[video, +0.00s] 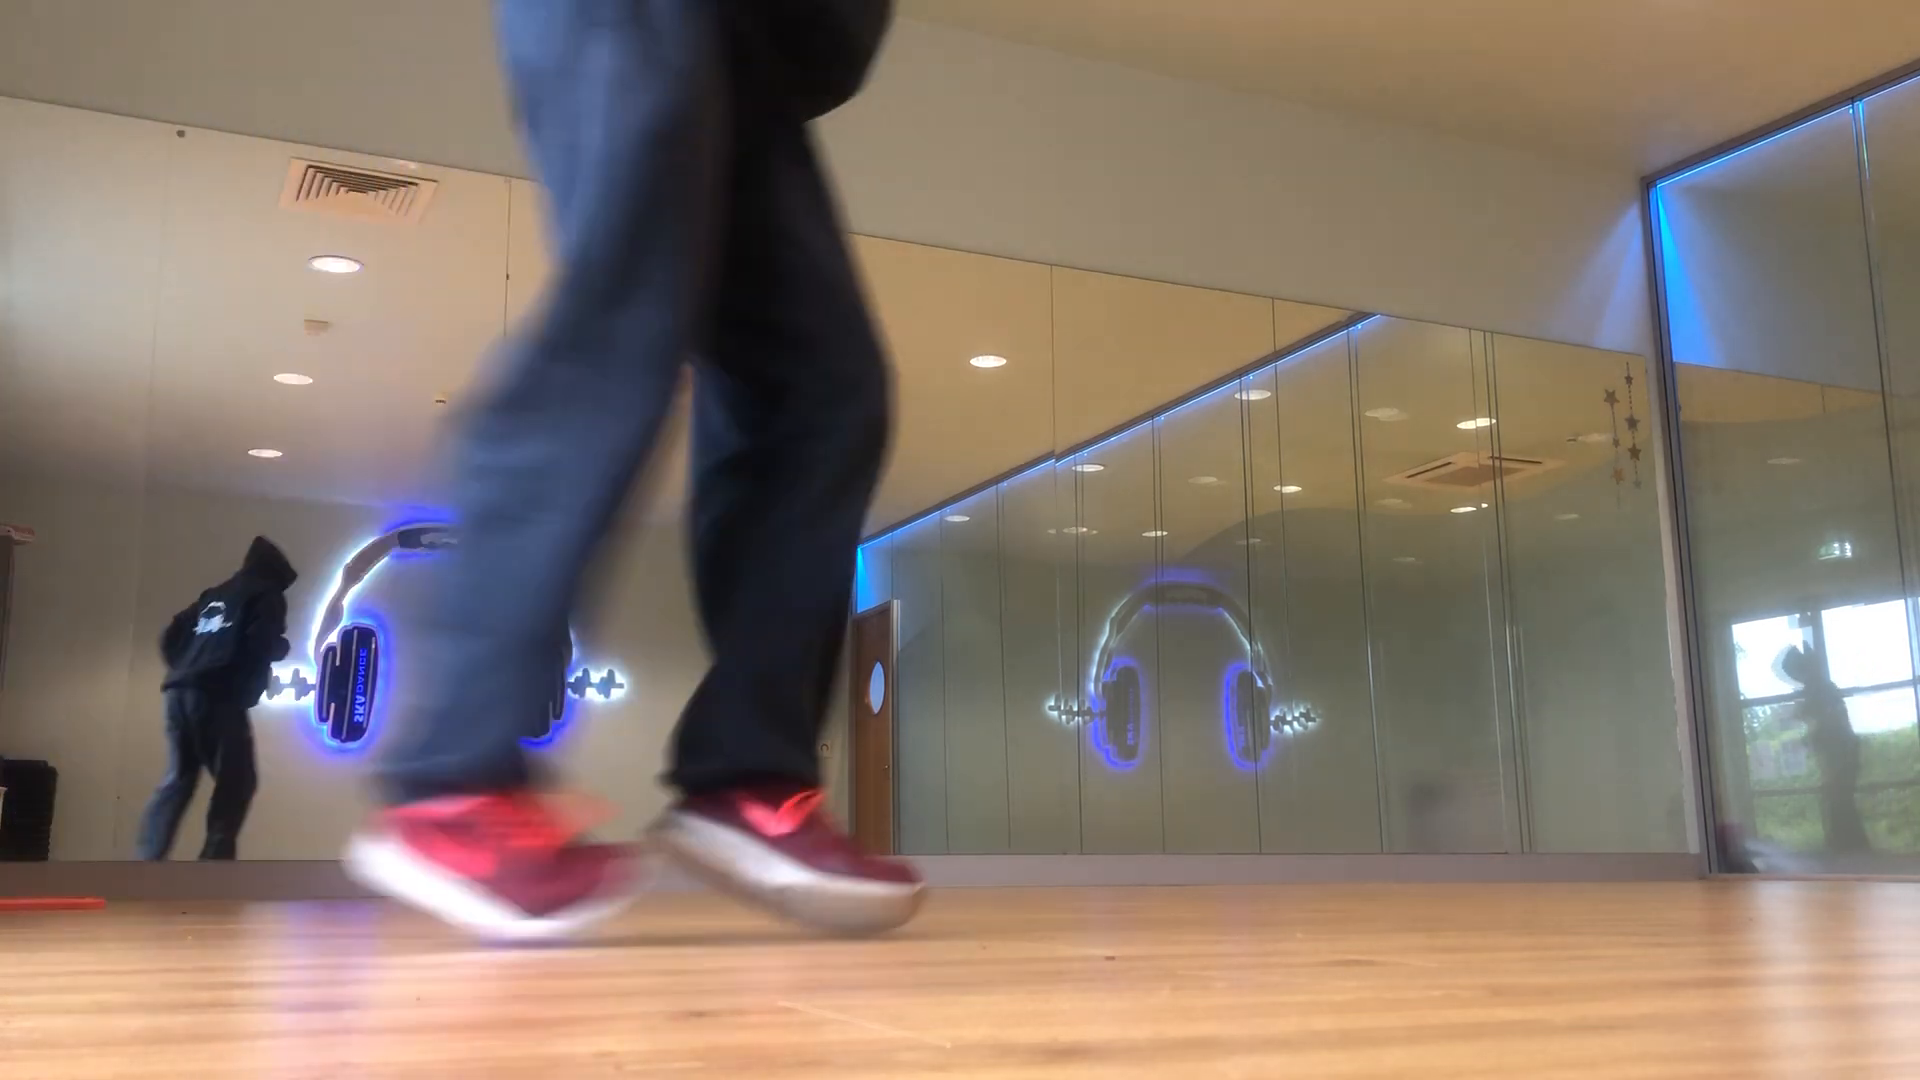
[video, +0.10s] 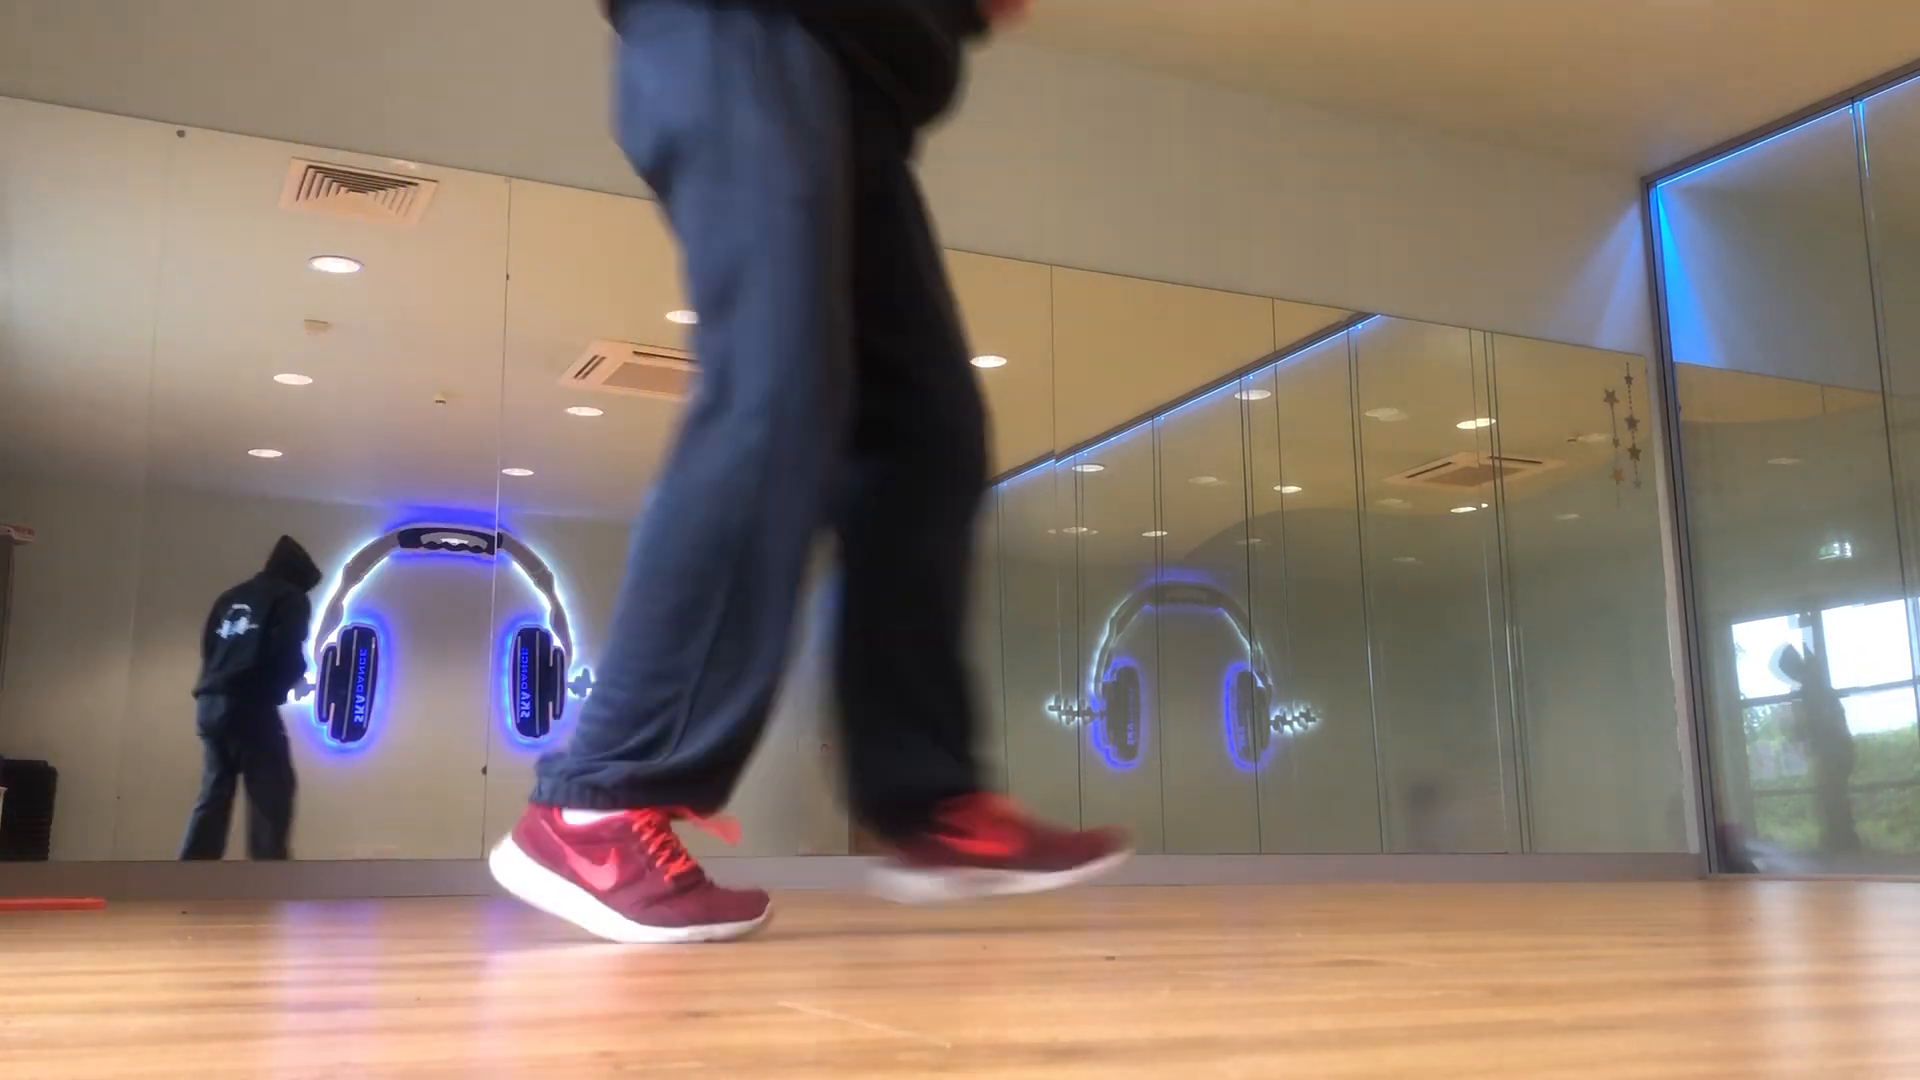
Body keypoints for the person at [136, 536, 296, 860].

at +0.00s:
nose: (284, 586)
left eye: (284, 580)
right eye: (283, 579)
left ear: (250, 565)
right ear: (276, 572)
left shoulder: (217, 592)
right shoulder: (268, 595)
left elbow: (174, 631)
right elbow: (263, 644)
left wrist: (186, 672)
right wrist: (283, 646)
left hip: (177, 693)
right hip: (219, 695)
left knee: (180, 777)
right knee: (238, 779)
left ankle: (148, 856)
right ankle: (216, 862)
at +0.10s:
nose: (306, 589)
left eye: (308, 583)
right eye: (307, 582)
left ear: (273, 566)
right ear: (299, 574)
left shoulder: (231, 595)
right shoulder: (292, 597)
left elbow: (211, 650)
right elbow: (288, 653)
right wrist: (286, 684)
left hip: (211, 704)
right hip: (254, 707)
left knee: (215, 788)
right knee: (273, 786)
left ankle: (192, 874)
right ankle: (268, 874)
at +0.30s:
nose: (378, 602)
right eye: (378, 596)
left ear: (346, 584)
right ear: (372, 593)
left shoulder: (308, 617)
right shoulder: (360, 616)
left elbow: (292, 669)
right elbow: (363, 671)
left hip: (283, 716)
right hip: (323, 717)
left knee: (272, 797)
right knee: (354, 793)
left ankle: (211, 862)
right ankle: (363, 874)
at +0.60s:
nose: (470, 577)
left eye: (470, 571)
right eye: (468, 570)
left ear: (433, 562)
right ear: (458, 567)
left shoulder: (406, 596)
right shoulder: (449, 593)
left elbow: (378, 648)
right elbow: (487, 623)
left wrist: (377, 696)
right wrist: (526, 645)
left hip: (398, 697)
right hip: (418, 699)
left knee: (448, 773)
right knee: (408, 771)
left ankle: (443, 848)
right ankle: (364, 849)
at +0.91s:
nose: (577, 639)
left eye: (579, 632)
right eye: (577, 631)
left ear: (551, 617)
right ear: (568, 625)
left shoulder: (548, 652)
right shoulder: (540, 641)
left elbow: (550, 697)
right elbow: (497, 649)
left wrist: (583, 674)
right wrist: (468, 681)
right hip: (506, 739)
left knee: (548, 807)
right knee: (555, 800)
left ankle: (553, 881)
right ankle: (488, 839)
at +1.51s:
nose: (705, 620)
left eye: (708, 615)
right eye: (702, 614)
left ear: (709, 616)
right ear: (688, 613)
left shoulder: (704, 644)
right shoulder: (662, 643)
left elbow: (733, 671)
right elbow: (630, 678)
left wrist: (744, 648)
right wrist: (603, 707)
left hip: (689, 736)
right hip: (652, 737)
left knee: (702, 802)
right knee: (676, 800)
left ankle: (694, 875)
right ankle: (618, 821)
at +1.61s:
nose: (706, 603)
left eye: (710, 597)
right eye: (701, 597)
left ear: (715, 596)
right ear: (688, 594)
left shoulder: (721, 622)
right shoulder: (658, 622)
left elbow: (749, 638)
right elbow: (618, 651)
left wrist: (775, 649)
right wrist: (618, 687)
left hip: (711, 717)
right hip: (669, 720)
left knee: (725, 786)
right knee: (692, 773)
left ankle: (712, 858)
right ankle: (669, 819)